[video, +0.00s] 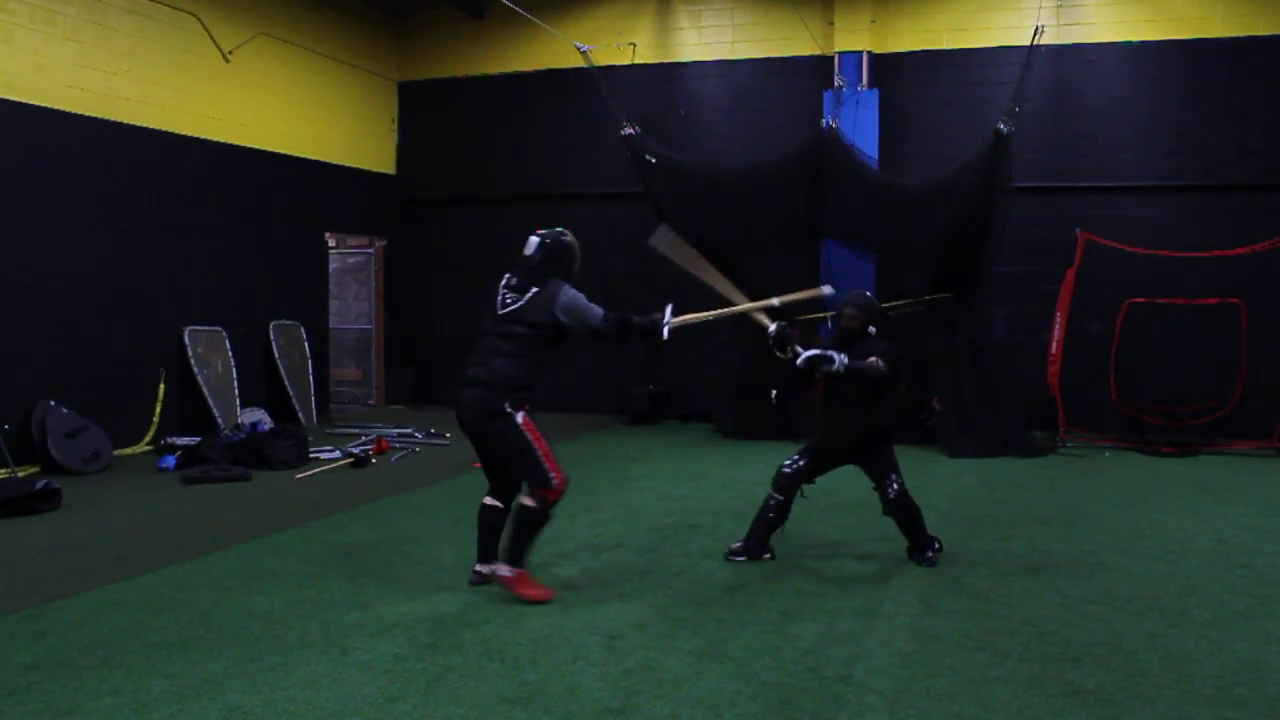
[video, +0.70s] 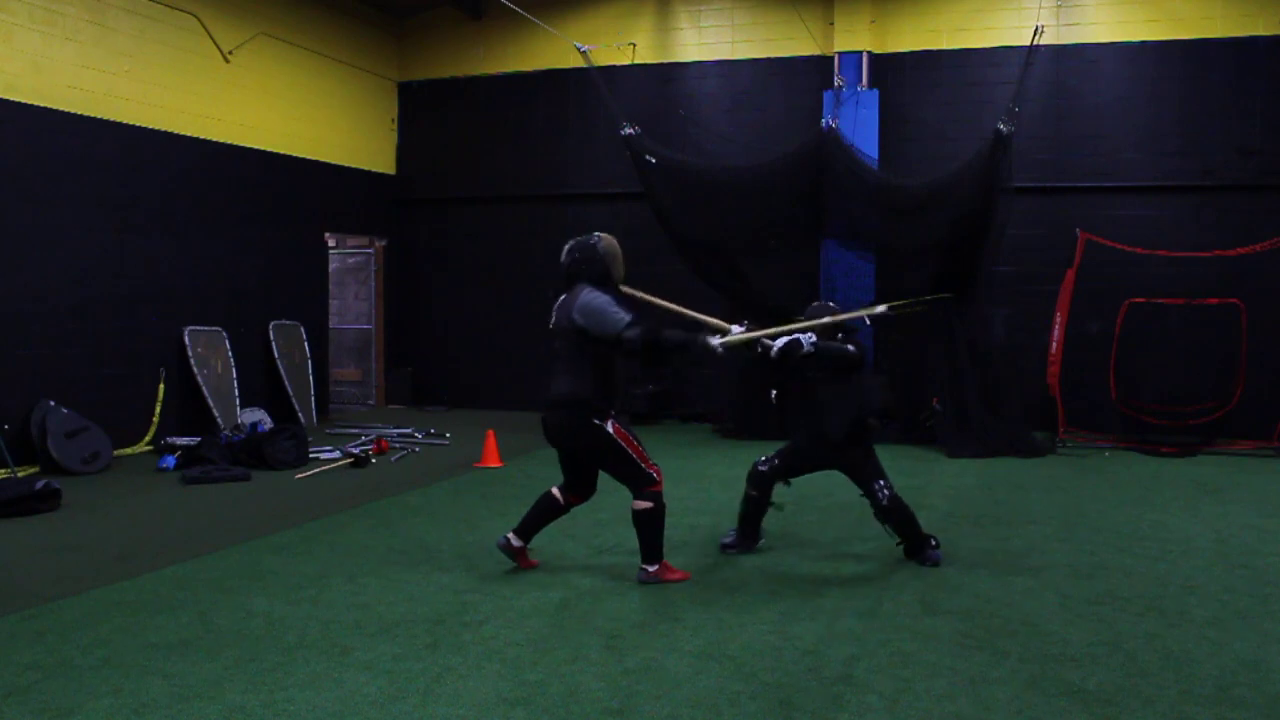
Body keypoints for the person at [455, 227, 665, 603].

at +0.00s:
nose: (572, 268)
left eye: (569, 262)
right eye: (571, 262)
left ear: (530, 256)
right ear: (564, 263)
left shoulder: (508, 283)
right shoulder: (557, 295)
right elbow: (605, 323)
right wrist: (651, 324)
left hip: (472, 400)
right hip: (501, 404)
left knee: (504, 482)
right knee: (549, 483)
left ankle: (485, 564)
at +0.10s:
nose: (594, 267)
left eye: (592, 262)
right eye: (591, 262)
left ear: (555, 254)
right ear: (585, 265)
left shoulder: (531, 271)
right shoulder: (581, 297)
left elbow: (595, 270)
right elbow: (633, 308)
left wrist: (647, 277)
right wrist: (674, 292)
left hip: (487, 398)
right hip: (528, 404)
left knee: (504, 482)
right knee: (582, 480)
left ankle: (485, 564)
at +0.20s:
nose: (614, 267)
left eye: (611, 259)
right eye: (611, 262)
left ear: (576, 254)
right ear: (604, 266)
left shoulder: (551, 269)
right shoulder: (602, 300)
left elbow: (598, 250)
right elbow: (650, 304)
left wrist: (645, 237)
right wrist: (681, 262)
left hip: (516, 403)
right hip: (558, 410)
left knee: (516, 486)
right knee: (611, 485)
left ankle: (488, 564)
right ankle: (651, 559)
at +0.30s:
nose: (626, 271)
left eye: (626, 266)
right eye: (623, 266)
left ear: (587, 263)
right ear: (616, 270)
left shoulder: (566, 285)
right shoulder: (617, 302)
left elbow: (625, 273)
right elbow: (668, 314)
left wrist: (664, 254)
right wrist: (680, 268)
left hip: (546, 412)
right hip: (590, 417)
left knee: (537, 488)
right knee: (642, 482)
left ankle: (501, 559)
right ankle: (652, 564)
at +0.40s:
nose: (638, 269)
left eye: (636, 262)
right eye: (634, 262)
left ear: (596, 261)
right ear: (621, 265)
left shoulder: (580, 294)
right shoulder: (614, 300)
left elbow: (645, 333)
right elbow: (660, 336)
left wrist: (706, 318)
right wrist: (682, 282)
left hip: (562, 409)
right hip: (600, 413)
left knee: (557, 485)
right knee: (652, 479)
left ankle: (514, 549)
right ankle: (653, 563)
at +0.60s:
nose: (635, 267)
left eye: (634, 260)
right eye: (629, 260)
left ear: (596, 262)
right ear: (613, 261)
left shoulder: (587, 294)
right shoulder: (604, 288)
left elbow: (646, 352)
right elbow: (653, 314)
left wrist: (692, 339)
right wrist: (708, 324)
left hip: (566, 409)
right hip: (589, 411)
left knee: (581, 484)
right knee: (648, 480)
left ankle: (513, 530)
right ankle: (652, 565)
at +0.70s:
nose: (618, 267)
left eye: (616, 259)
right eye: (612, 260)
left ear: (577, 265)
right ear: (597, 264)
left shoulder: (568, 300)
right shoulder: (590, 300)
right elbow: (637, 337)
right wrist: (699, 341)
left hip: (564, 414)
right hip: (588, 416)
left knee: (579, 486)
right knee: (648, 480)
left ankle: (516, 540)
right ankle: (652, 565)